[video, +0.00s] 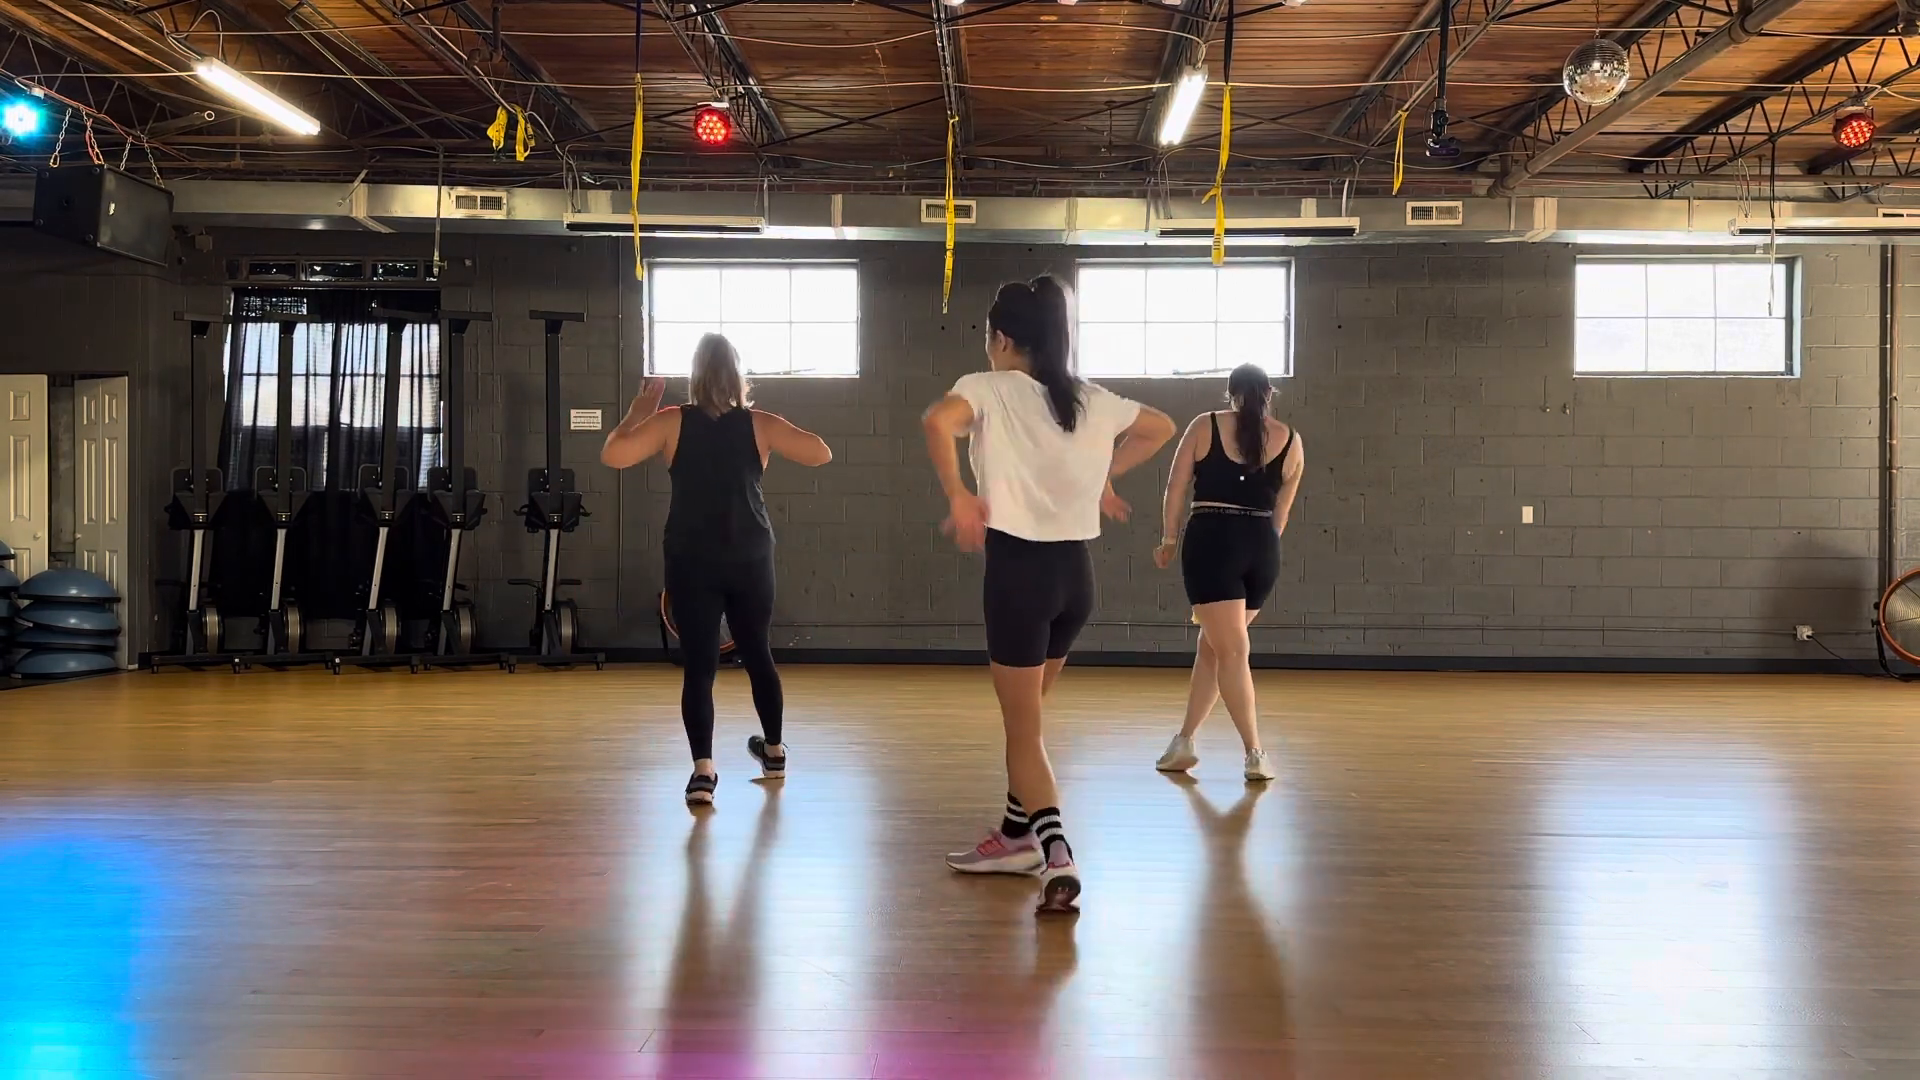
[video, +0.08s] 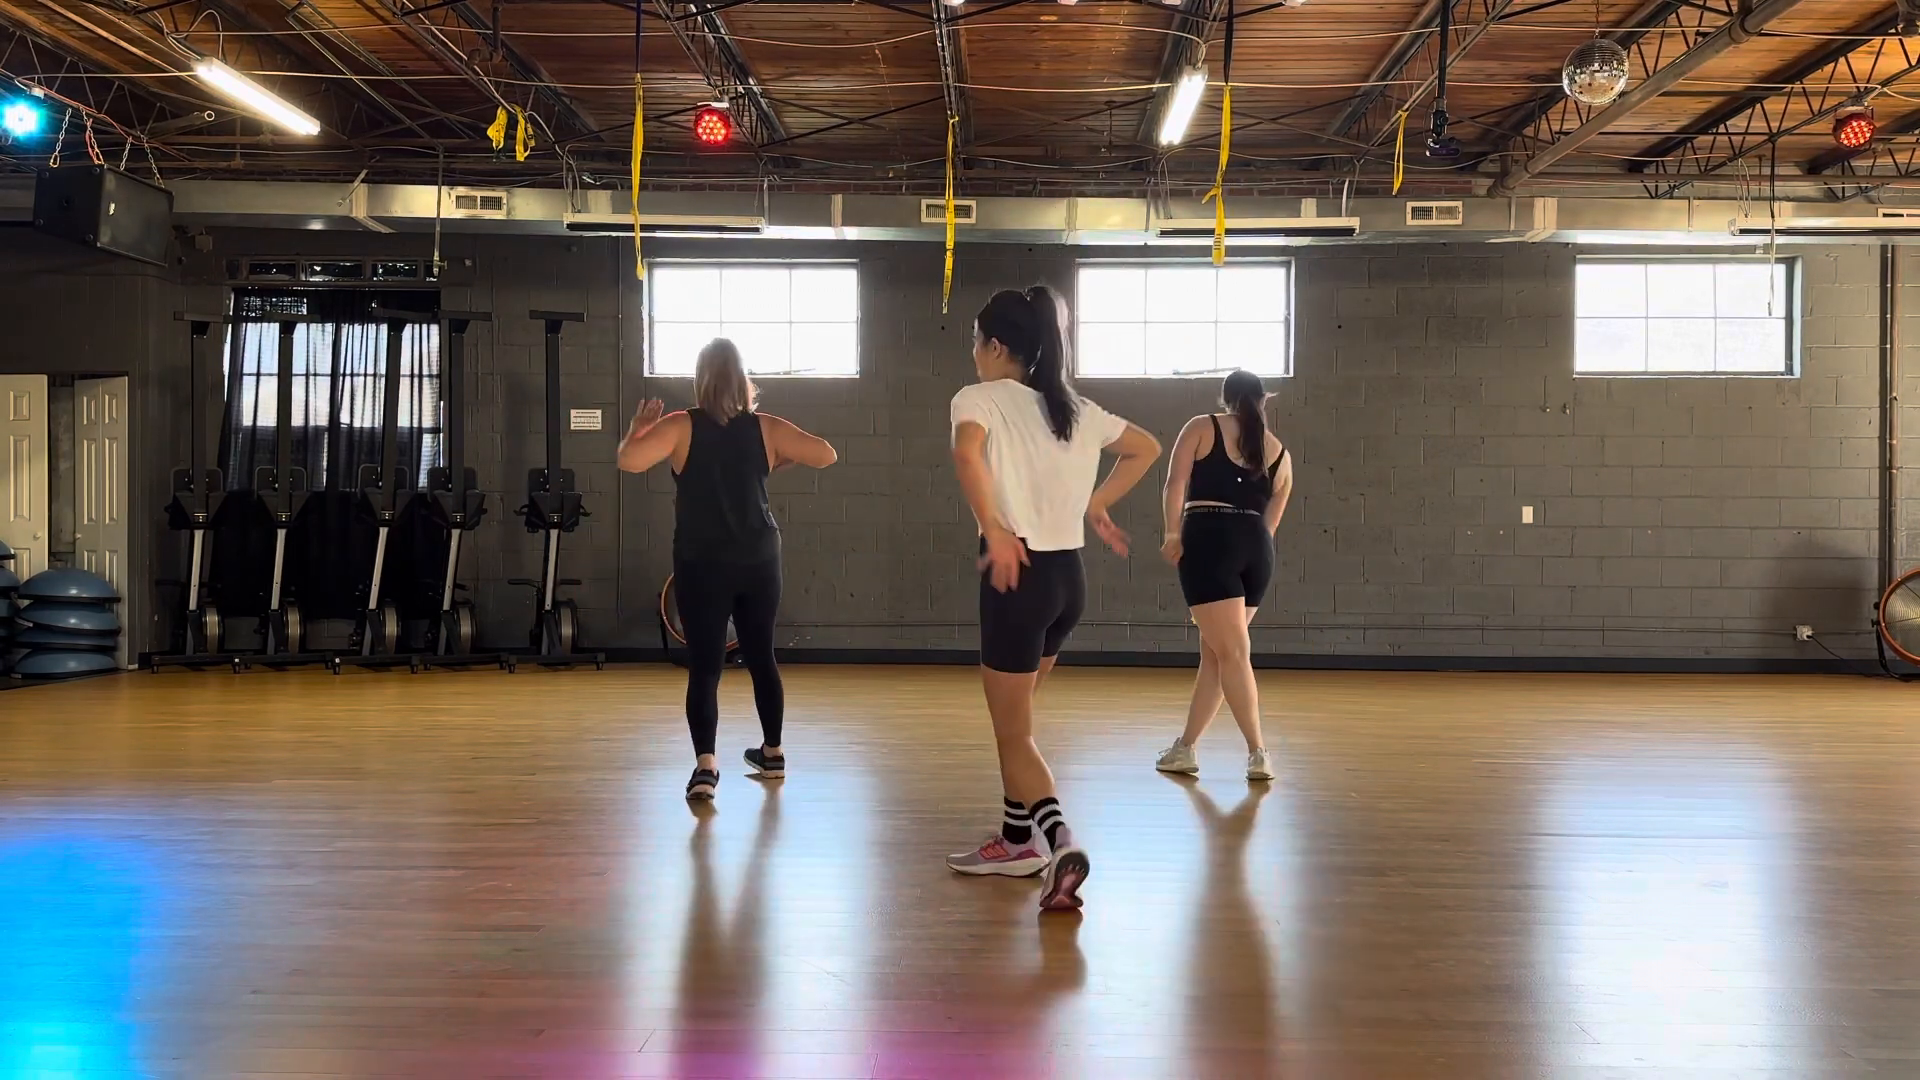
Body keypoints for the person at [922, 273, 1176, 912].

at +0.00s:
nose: (986, 344)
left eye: (990, 334)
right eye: (989, 334)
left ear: (1007, 338)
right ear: (1053, 338)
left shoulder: (989, 386)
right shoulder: (1091, 398)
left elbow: (939, 420)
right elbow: (1160, 426)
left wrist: (958, 493)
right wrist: (1102, 474)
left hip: (1017, 572)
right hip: (1076, 574)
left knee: (1023, 724)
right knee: (1027, 714)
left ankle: (1057, 855)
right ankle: (1015, 835)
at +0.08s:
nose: (976, 354)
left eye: (980, 343)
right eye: (978, 343)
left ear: (1000, 347)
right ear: (1040, 348)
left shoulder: (979, 397)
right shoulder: (1075, 406)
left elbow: (968, 455)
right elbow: (1145, 447)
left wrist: (993, 528)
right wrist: (1098, 502)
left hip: (1014, 575)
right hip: (1067, 577)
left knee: (1014, 733)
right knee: (1015, 718)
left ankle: (1061, 847)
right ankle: (1016, 838)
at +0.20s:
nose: (958, 353)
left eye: (965, 343)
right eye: (960, 342)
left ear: (994, 350)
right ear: (1015, 353)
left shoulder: (974, 401)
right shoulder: (1055, 411)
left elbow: (996, 473)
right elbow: (1124, 464)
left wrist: (1030, 557)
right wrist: (1095, 527)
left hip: (1008, 568)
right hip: (1053, 568)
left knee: (1005, 733)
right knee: (995, 708)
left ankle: (1068, 837)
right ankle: (1015, 840)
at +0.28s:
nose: (948, 352)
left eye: (960, 342)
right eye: (950, 340)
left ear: (997, 352)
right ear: (1002, 355)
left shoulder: (977, 407)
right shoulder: (1037, 412)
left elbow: (1018, 488)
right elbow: (1098, 474)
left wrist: (1054, 567)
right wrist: (1089, 544)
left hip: (1007, 571)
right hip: (1032, 567)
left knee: (994, 735)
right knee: (975, 704)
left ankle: (1076, 834)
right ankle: (1013, 842)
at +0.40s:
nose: (949, 355)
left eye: (964, 344)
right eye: (946, 344)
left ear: (996, 354)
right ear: (950, 351)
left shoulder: (996, 408)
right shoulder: (988, 408)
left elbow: (1048, 498)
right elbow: (1048, 495)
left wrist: (1081, 576)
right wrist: (1078, 575)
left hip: (1011, 576)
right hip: (996, 573)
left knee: (977, 727)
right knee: (958, 708)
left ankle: (1089, 831)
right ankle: (1011, 840)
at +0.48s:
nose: (952, 356)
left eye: (967, 347)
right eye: (946, 345)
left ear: (994, 359)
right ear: (939, 353)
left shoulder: (1005, 419)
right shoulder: (965, 418)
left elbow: (1063, 505)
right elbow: (993, 503)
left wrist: (1100, 579)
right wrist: (1033, 563)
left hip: (1010, 578)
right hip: (979, 574)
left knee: (975, 728)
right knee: (946, 711)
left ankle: (1092, 831)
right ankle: (1010, 839)